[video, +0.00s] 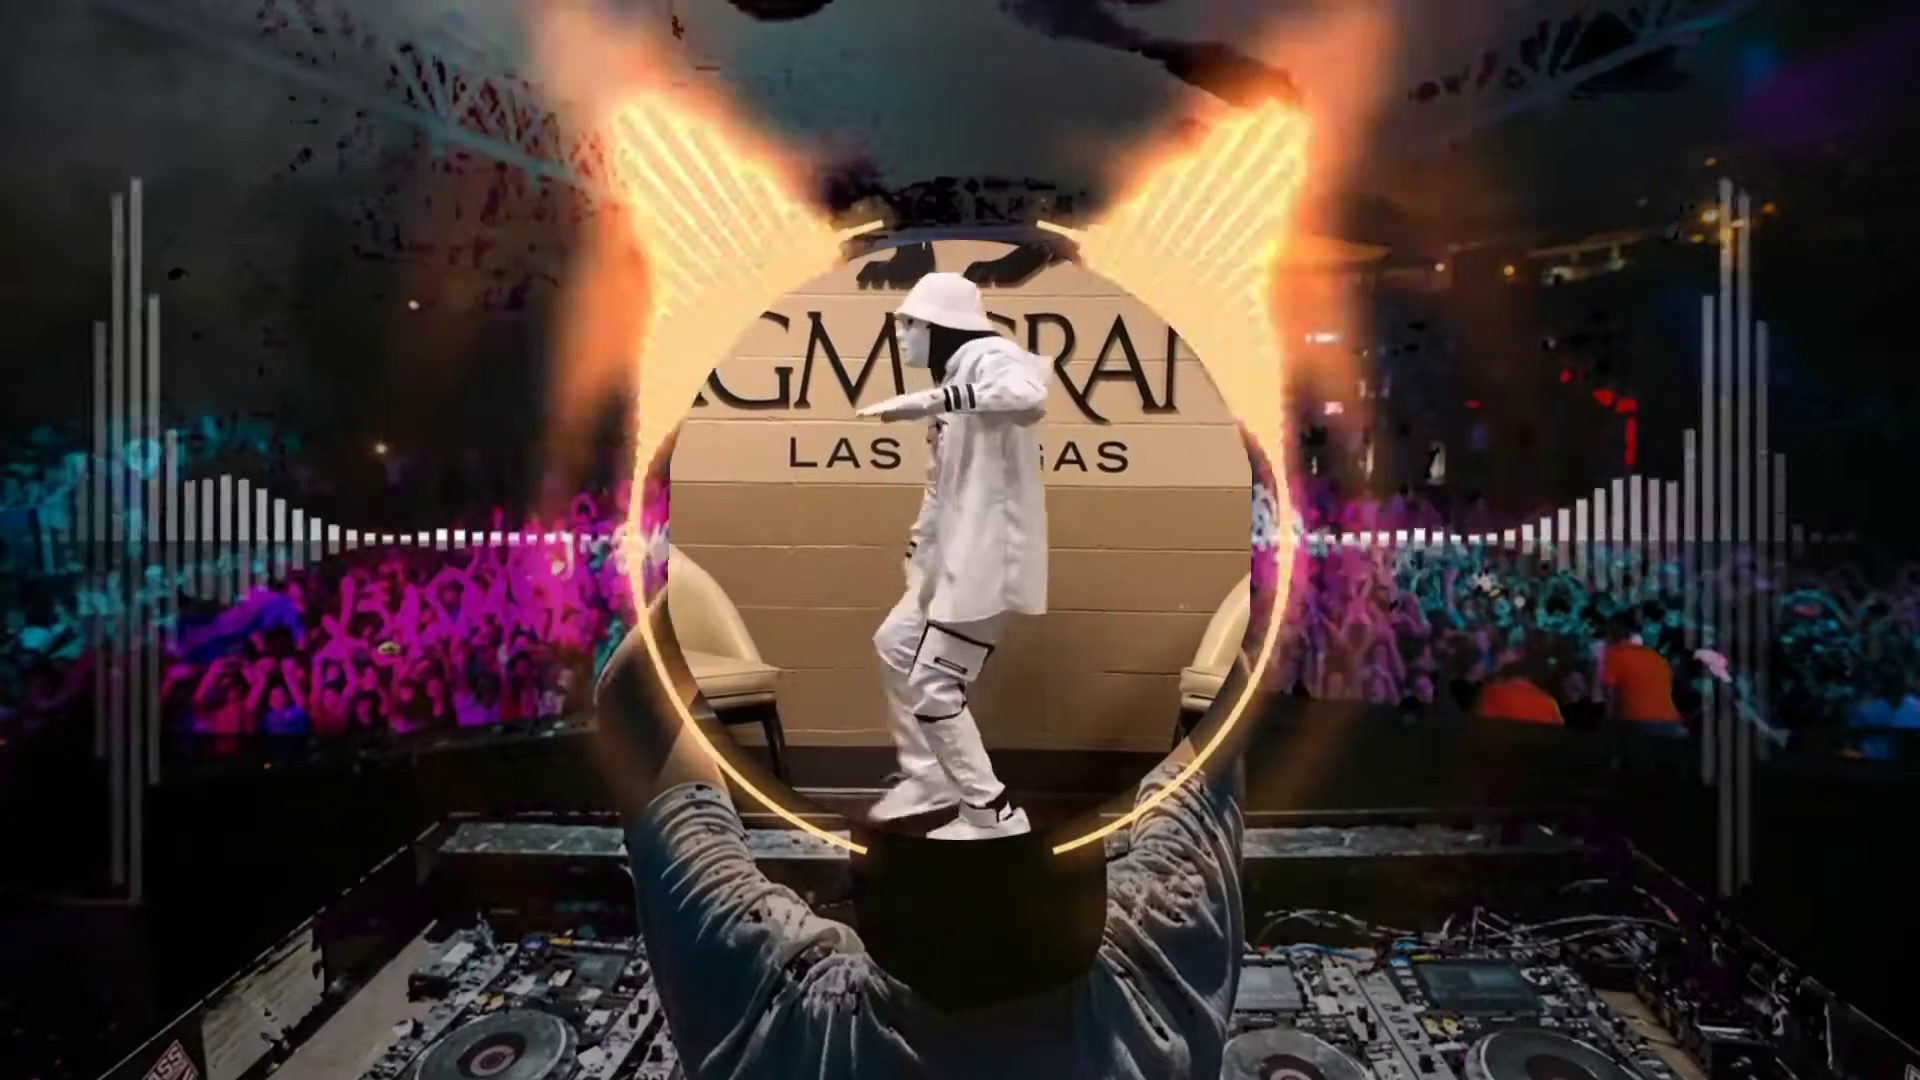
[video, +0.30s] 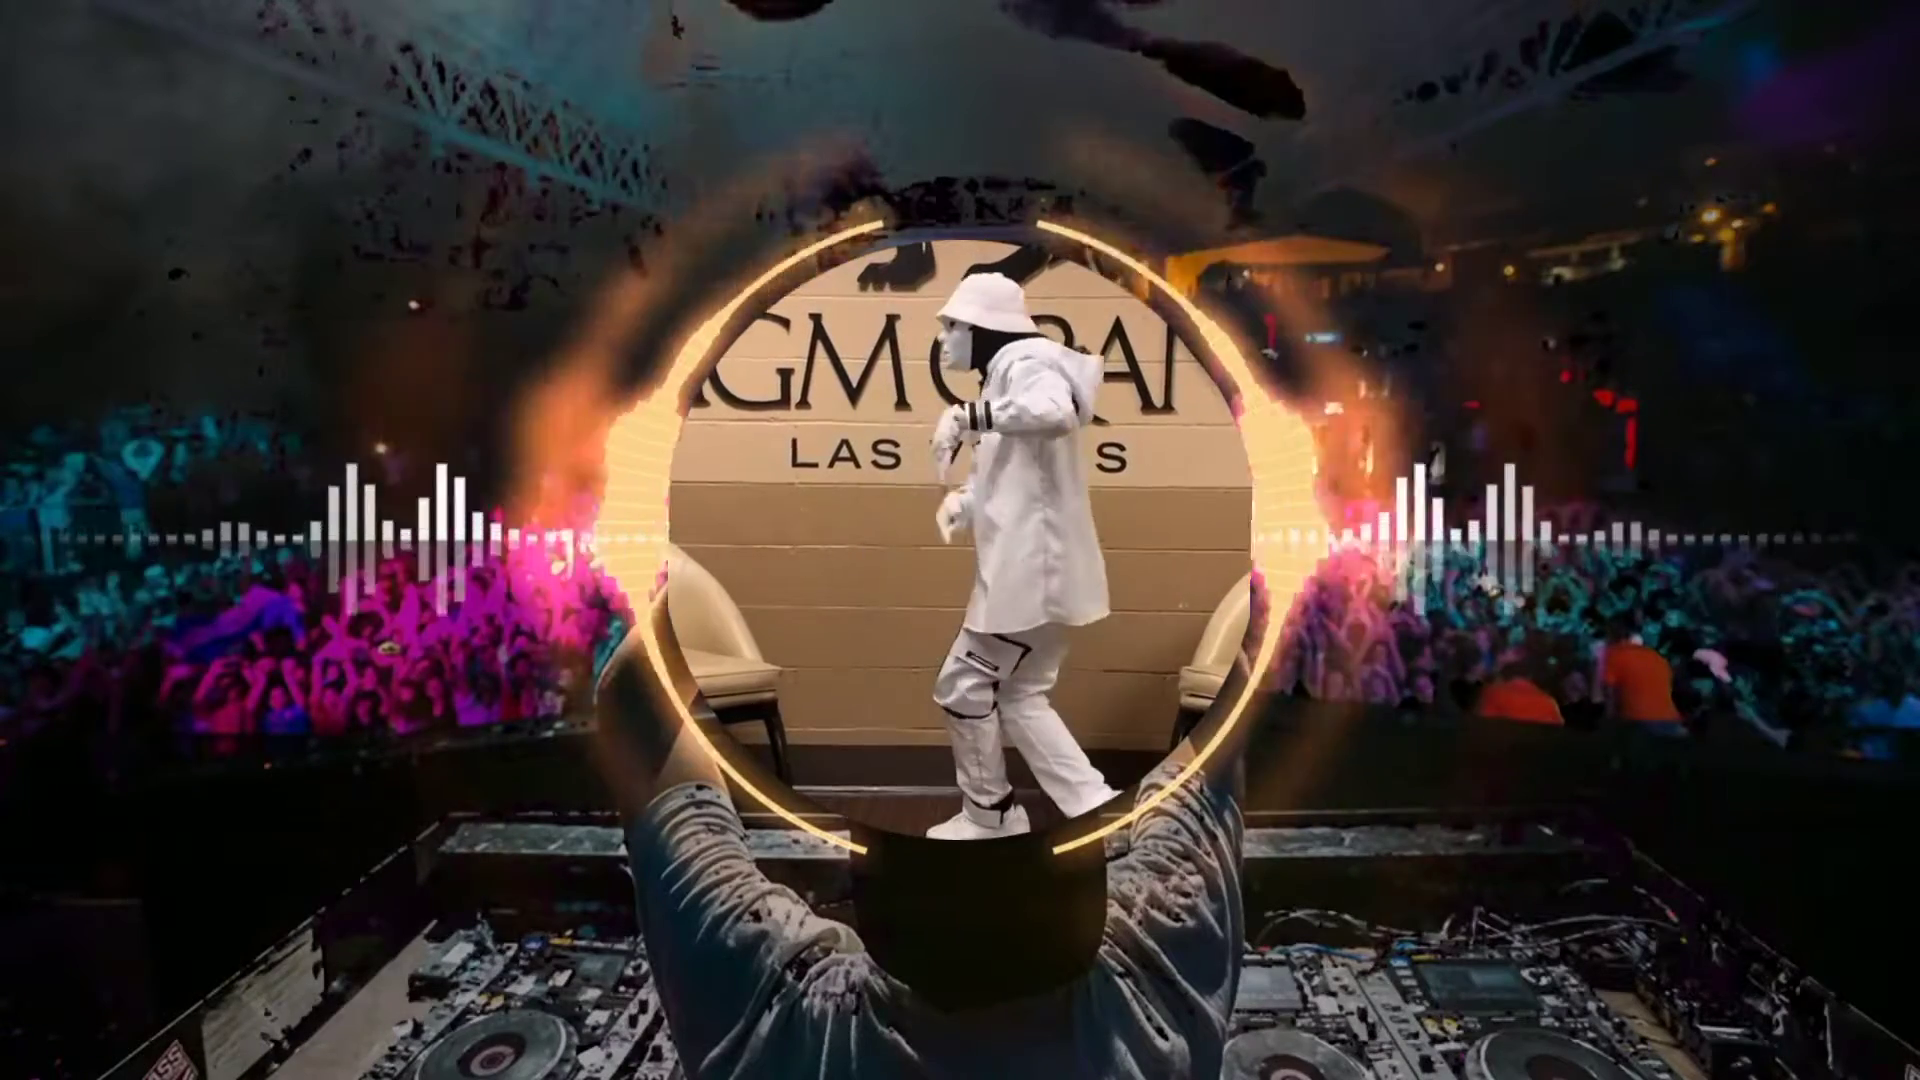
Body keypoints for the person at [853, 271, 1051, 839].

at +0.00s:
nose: (905, 337)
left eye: (913, 326)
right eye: (906, 326)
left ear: (940, 327)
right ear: (946, 326)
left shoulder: (988, 355)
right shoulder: (957, 375)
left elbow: (1027, 394)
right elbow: (950, 485)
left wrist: (941, 400)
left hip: (987, 563)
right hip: (956, 561)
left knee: (931, 688)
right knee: (895, 645)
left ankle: (990, 811)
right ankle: (929, 781)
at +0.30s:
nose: (943, 339)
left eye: (952, 328)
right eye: (946, 327)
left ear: (982, 329)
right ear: (992, 329)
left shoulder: (1023, 360)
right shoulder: (1013, 374)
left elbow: (1053, 410)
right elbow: (1029, 477)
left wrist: (974, 417)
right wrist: (975, 502)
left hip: (1025, 573)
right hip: (1052, 571)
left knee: (964, 687)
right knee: (1021, 698)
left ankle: (988, 813)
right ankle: (1097, 809)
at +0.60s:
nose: (958, 338)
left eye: (967, 328)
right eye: (960, 327)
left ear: (1000, 331)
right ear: (1008, 331)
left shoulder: (1050, 386)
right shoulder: (1025, 387)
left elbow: (1112, 459)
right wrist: (1011, 508)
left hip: (1039, 580)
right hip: (1047, 580)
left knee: (963, 692)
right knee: (1017, 699)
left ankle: (988, 814)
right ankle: (1092, 803)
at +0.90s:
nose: (979, 350)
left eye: (988, 339)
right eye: (980, 339)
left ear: (1020, 344)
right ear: (1027, 345)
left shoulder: (1070, 398)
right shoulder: (1039, 402)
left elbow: (1114, 482)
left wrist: (1035, 500)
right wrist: (1031, 521)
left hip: (1099, 580)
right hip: (1074, 581)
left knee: (1069, 707)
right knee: (1040, 704)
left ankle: (1155, 815)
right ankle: (1123, 820)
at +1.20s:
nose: (1071, 376)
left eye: (1084, 364)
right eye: (1060, 364)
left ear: (1107, 371)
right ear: (1048, 372)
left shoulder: (1143, 423)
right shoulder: (1022, 433)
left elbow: (1140, 474)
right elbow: (1005, 512)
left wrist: (1053, 478)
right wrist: (1035, 527)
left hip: (1138, 605)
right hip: (1056, 617)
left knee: (1163, 719)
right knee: (1036, 750)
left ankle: (1177, 830)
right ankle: (1105, 824)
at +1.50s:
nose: (1095, 482)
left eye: (1109, 469)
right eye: (1082, 470)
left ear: (1127, 477)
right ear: (1065, 477)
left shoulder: (1159, 522)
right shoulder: (1033, 532)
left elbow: (1156, 550)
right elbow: (1032, 587)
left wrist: (1066, 557)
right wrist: (1053, 622)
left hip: (1144, 706)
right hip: (1068, 724)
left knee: (1152, 702)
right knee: (1066, 864)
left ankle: (1154, 834)